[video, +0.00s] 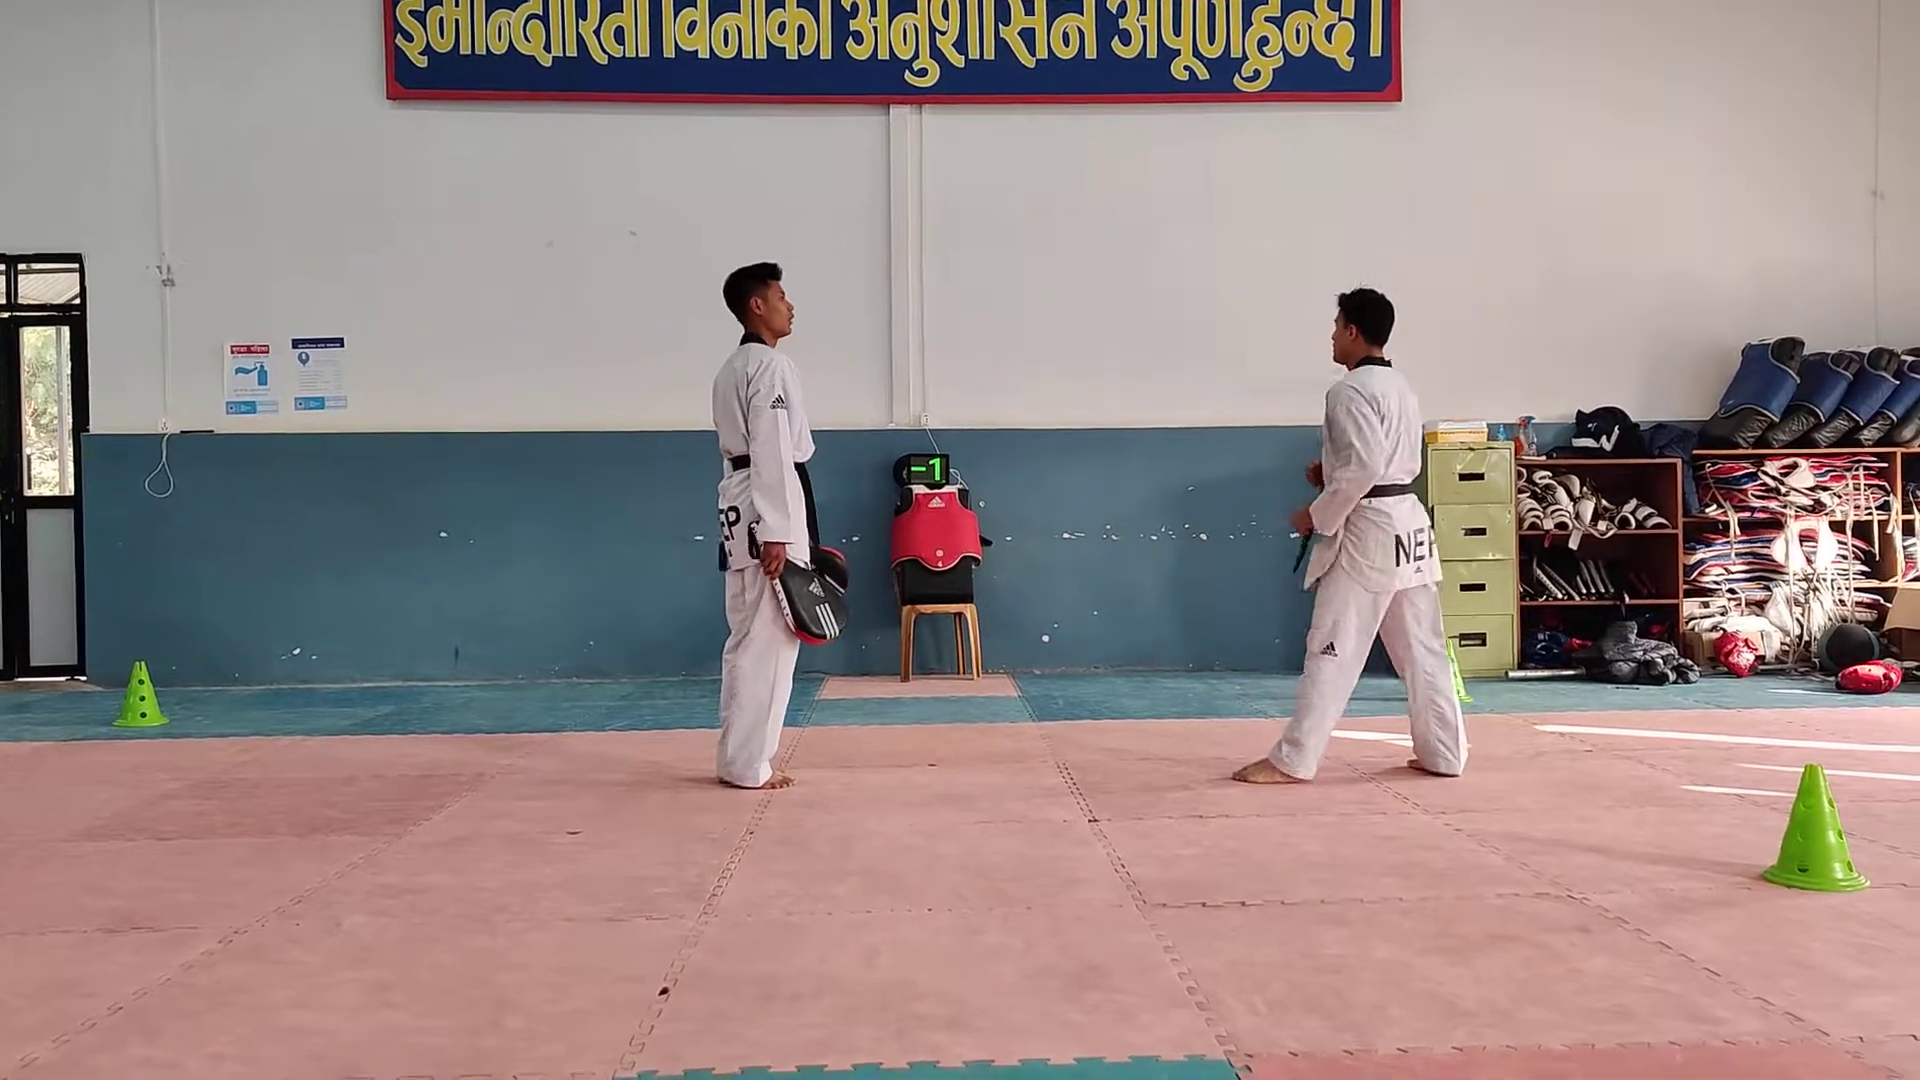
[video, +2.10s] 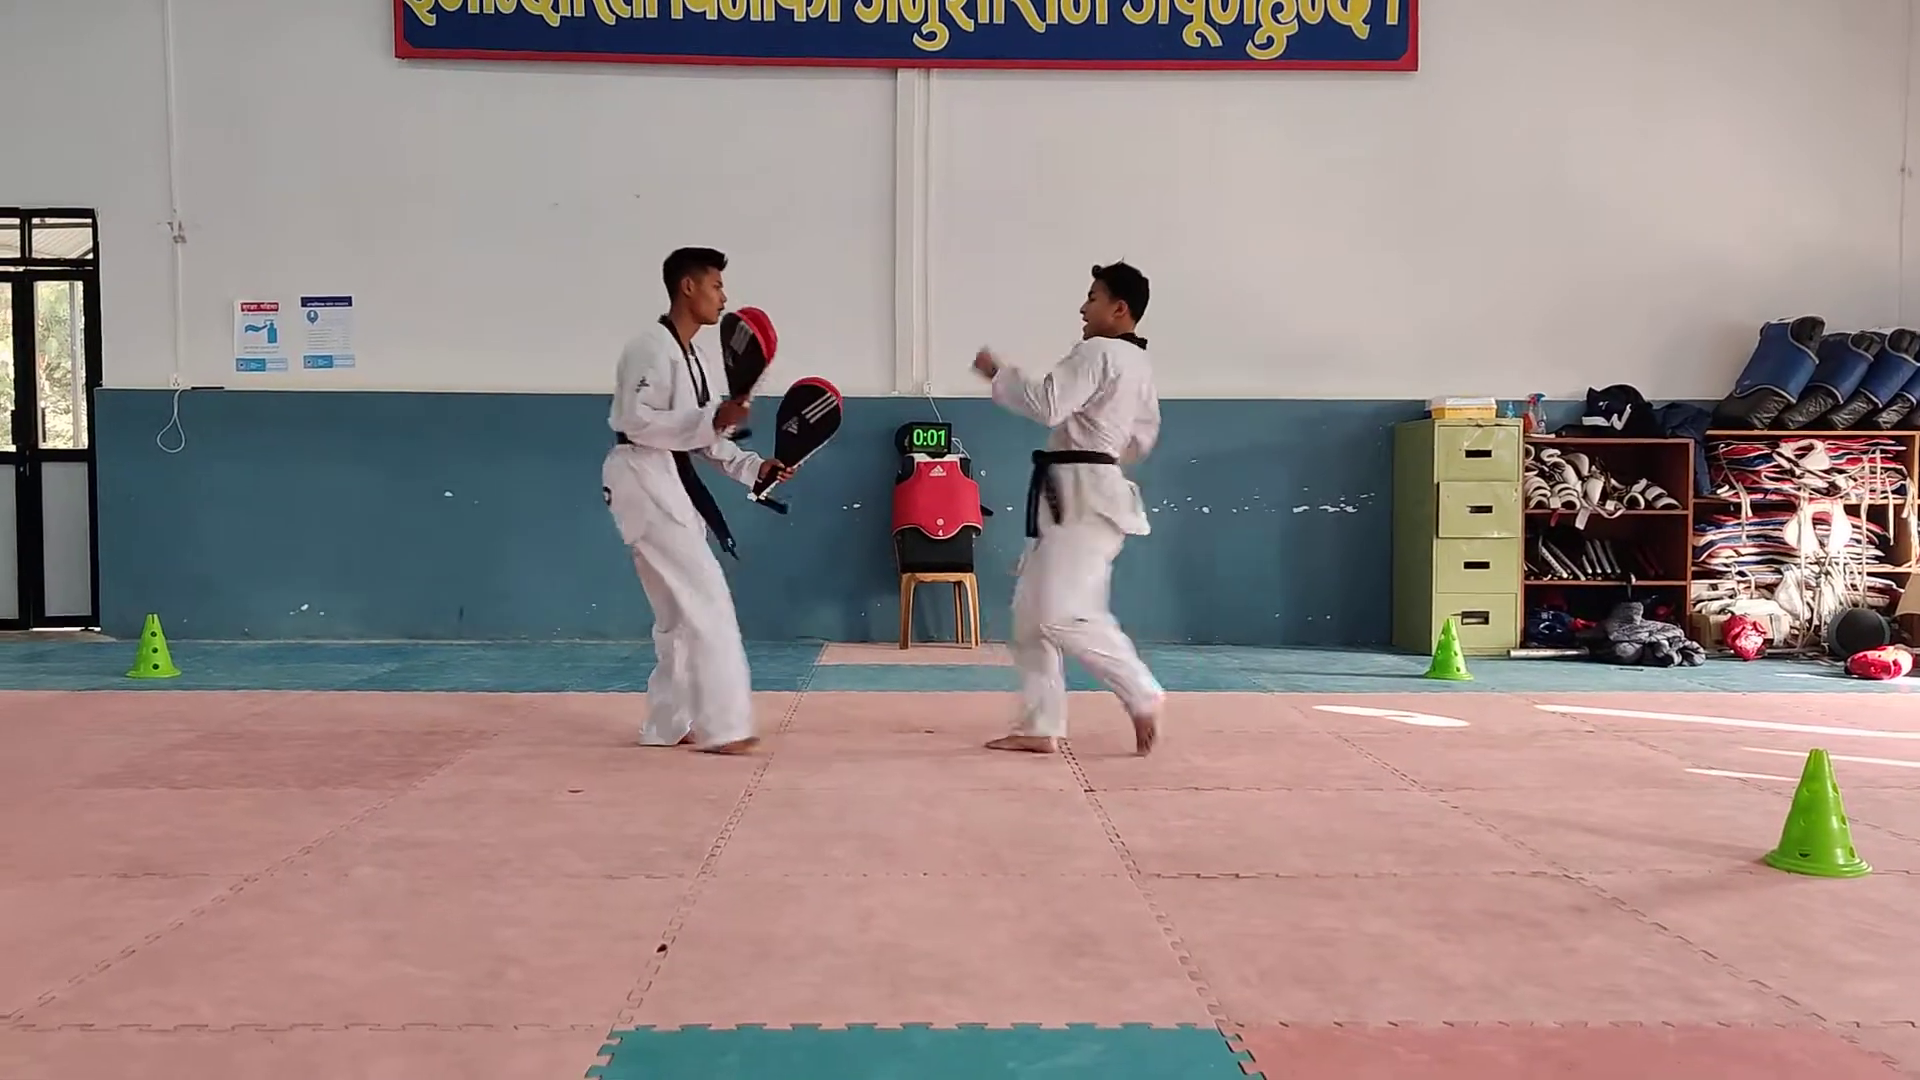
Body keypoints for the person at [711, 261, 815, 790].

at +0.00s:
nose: (790, 305)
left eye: (786, 296)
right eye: (781, 297)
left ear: (751, 308)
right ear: (758, 306)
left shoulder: (732, 368)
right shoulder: (769, 365)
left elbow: (742, 460)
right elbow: (771, 457)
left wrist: (798, 534)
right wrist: (775, 532)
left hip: (739, 513)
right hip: (767, 514)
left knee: (748, 636)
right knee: (769, 638)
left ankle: (740, 757)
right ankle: (748, 763)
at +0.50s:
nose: (780, 295)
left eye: (775, 286)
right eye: (770, 287)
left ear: (740, 300)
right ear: (746, 297)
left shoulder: (709, 364)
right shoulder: (771, 355)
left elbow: (703, 451)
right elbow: (777, 445)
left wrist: (723, 501)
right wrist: (781, 518)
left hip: (722, 507)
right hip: (762, 504)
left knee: (728, 632)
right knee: (790, 633)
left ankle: (720, 749)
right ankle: (815, 758)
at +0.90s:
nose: (814, 298)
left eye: (810, 287)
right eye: (806, 288)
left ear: (771, 298)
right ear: (780, 295)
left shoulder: (726, 357)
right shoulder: (801, 356)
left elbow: (698, 433)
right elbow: (818, 447)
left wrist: (729, 487)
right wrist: (844, 525)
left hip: (729, 494)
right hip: (779, 491)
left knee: (724, 627)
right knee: (794, 627)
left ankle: (708, 748)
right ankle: (802, 757)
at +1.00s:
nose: (825, 302)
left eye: (823, 292)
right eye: (818, 293)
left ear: (782, 300)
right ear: (793, 298)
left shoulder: (734, 353)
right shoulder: (807, 358)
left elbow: (700, 425)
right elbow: (838, 448)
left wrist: (727, 473)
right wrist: (892, 508)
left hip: (726, 487)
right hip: (773, 487)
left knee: (723, 624)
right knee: (789, 622)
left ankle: (706, 749)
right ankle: (798, 758)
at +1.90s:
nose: (779, 318)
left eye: (778, 308)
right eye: (772, 308)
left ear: (737, 314)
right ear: (744, 311)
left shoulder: (691, 370)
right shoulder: (741, 371)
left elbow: (709, 457)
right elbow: (765, 448)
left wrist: (768, 468)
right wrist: (841, 447)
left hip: (677, 502)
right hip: (717, 504)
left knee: (702, 626)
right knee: (772, 620)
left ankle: (648, 735)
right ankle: (807, 749)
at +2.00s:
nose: (749, 309)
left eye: (748, 299)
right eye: (741, 299)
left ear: (716, 304)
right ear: (711, 301)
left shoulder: (699, 363)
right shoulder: (692, 358)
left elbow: (710, 450)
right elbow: (685, 435)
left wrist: (764, 478)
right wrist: (759, 434)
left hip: (659, 489)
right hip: (679, 487)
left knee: (692, 619)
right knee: (751, 603)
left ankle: (653, 733)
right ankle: (811, 737)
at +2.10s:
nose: (724, 295)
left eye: (723, 286)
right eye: (715, 286)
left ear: (695, 290)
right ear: (686, 288)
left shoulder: (703, 353)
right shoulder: (648, 348)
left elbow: (705, 438)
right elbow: (634, 422)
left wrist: (756, 468)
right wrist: (711, 419)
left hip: (665, 475)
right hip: (640, 475)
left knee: (675, 604)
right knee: (708, 591)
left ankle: (666, 722)